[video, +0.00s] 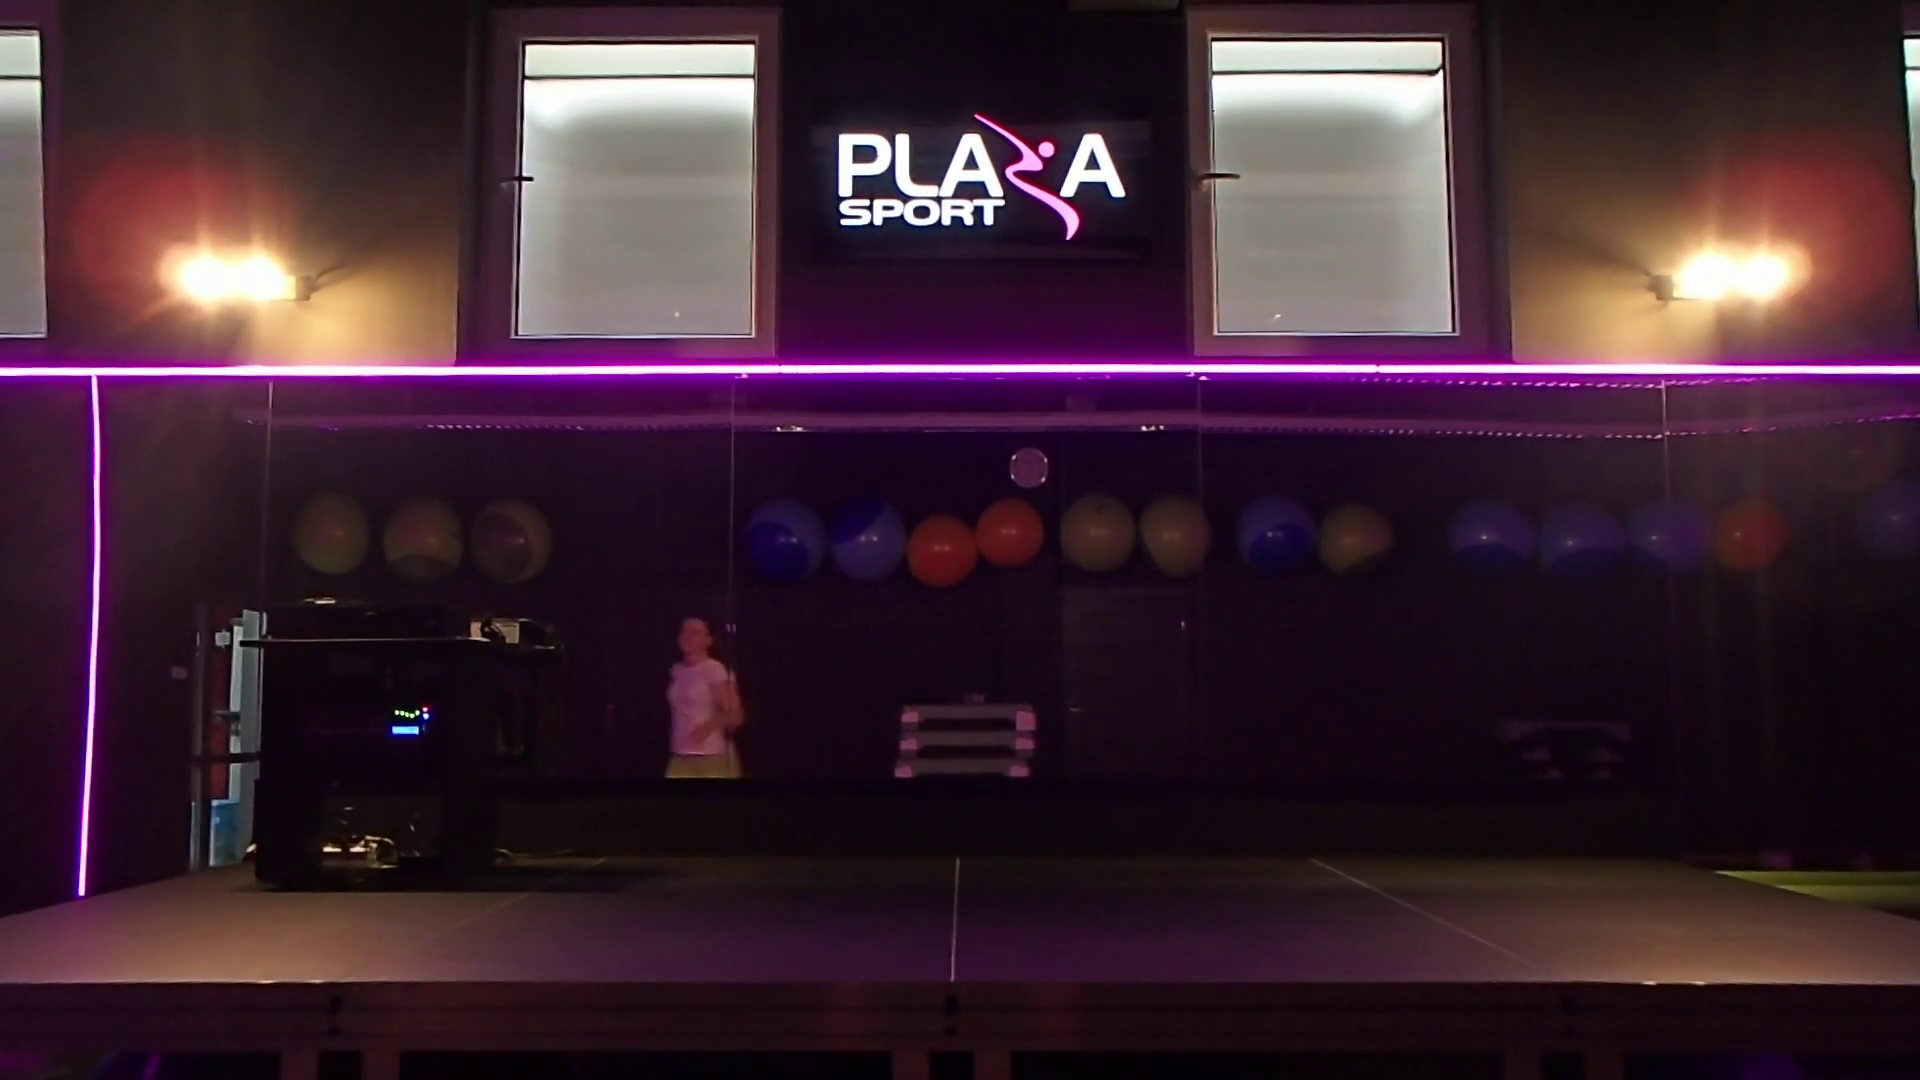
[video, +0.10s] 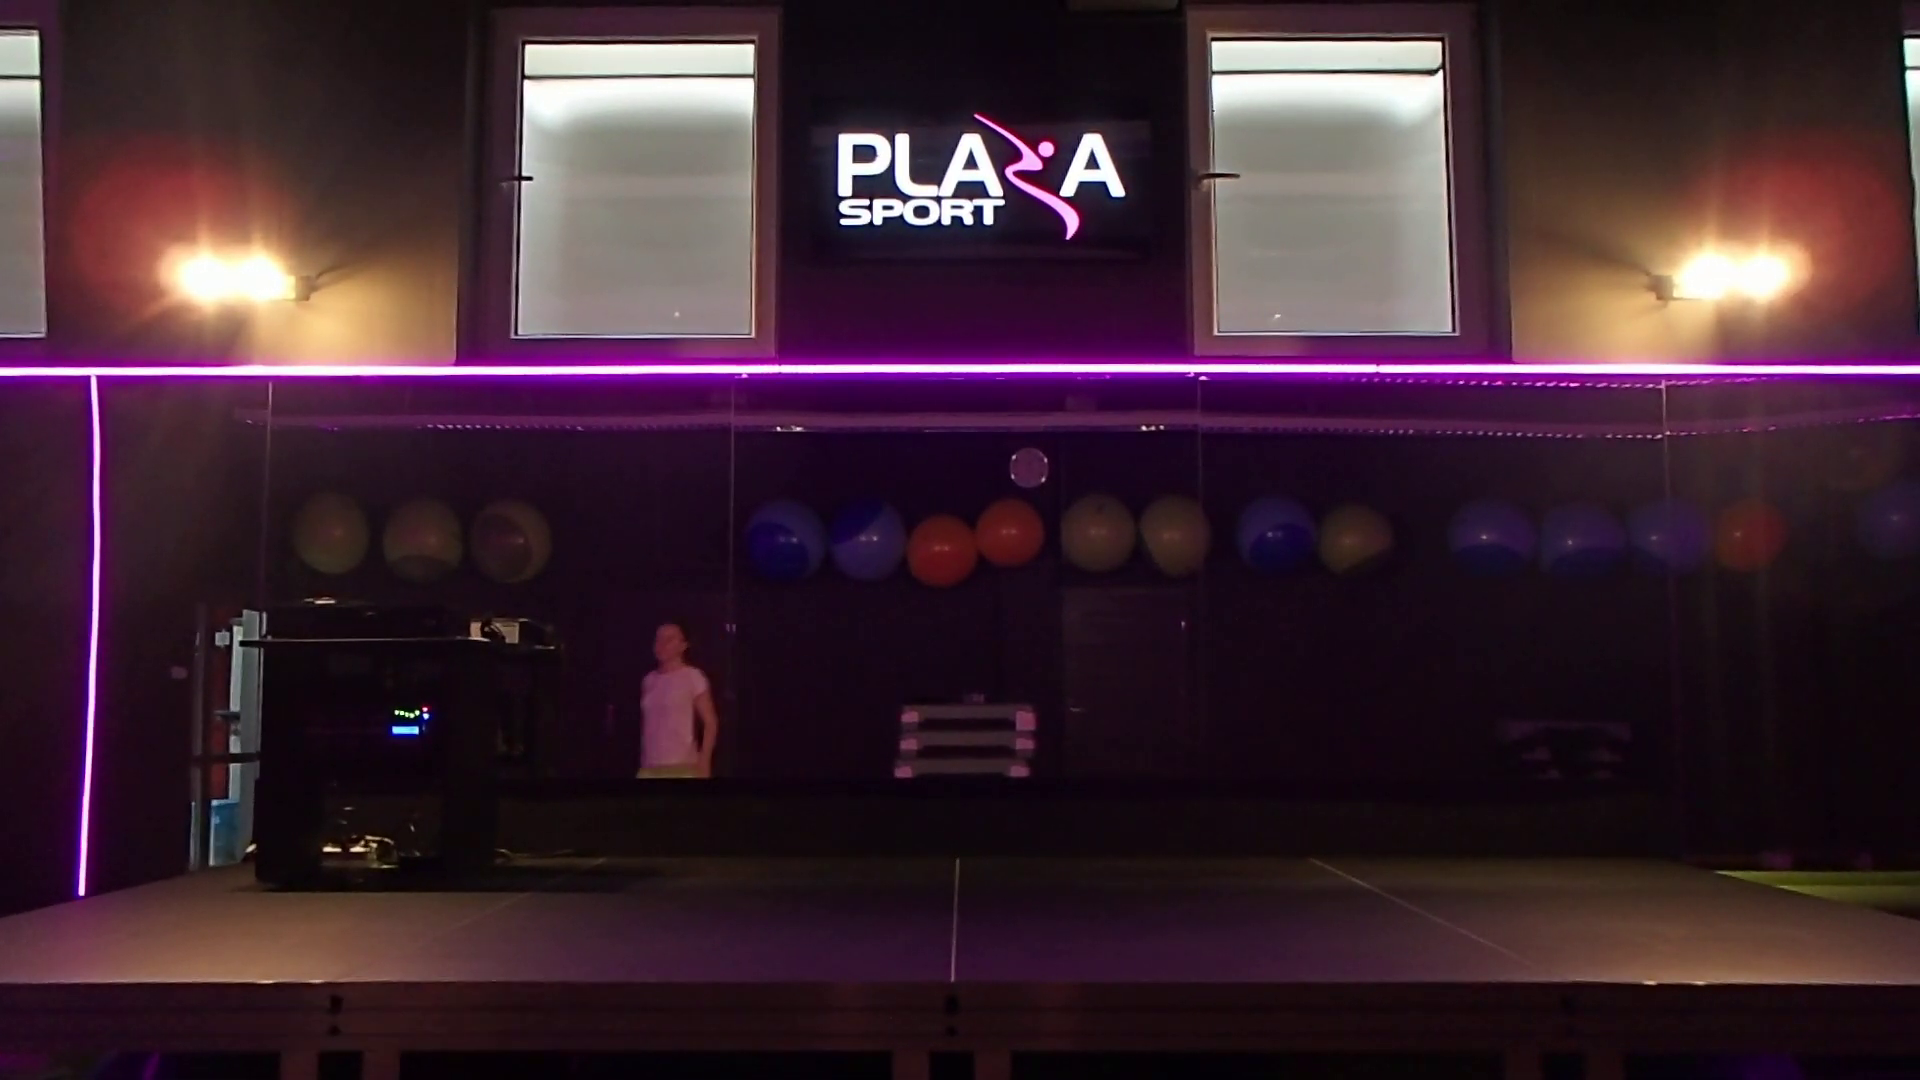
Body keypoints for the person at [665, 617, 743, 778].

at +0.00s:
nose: (687, 638)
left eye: (695, 633)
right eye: (684, 632)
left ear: (708, 640)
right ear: (679, 638)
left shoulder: (715, 670)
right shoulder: (677, 671)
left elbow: (734, 714)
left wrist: (707, 727)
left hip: (712, 759)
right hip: (681, 757)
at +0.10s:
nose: (661, 645)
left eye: (668, 639)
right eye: (658, 640)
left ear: (683, 645)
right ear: (654, 644)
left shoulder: (693, 677)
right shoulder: (648, 681)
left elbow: (710, 722)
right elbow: (646, 723)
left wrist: (704, 761)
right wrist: (645, 760)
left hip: (684, 768)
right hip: (650, 769)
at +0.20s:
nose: (636, 665)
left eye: (644, 659)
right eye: (633, 660)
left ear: (658, 664)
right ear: (628, 665)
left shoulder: (670, 699)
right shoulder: (619, 702)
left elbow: (689, 740)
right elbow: (601, 744)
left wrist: (701, 776)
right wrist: (582, 777)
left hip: (657, 784)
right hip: (620, 784)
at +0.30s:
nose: (619, 662)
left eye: (626, 657)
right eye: (615, 656)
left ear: (640, 662)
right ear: (609, 661)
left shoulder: (651, 699)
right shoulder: (594, 697)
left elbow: (668, 741)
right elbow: (574, 736)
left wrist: (684, 777)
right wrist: (552, 763)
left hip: (631, 780)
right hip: (593, 781)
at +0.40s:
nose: (601, 658)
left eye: (609, 653)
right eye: (597, 651)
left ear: (623, 658)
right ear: (591, 655)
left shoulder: (631, 697)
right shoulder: (571, 690)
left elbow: (641, 741)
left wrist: (657, 777)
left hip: (608, 780)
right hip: (570, 778)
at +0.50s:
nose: (578, 666)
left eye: (587, 661)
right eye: (574, 659)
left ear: (601, 665)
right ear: (568, 661)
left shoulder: (607, 709)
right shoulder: (552, 698)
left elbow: (615, 756)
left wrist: (624, 795)